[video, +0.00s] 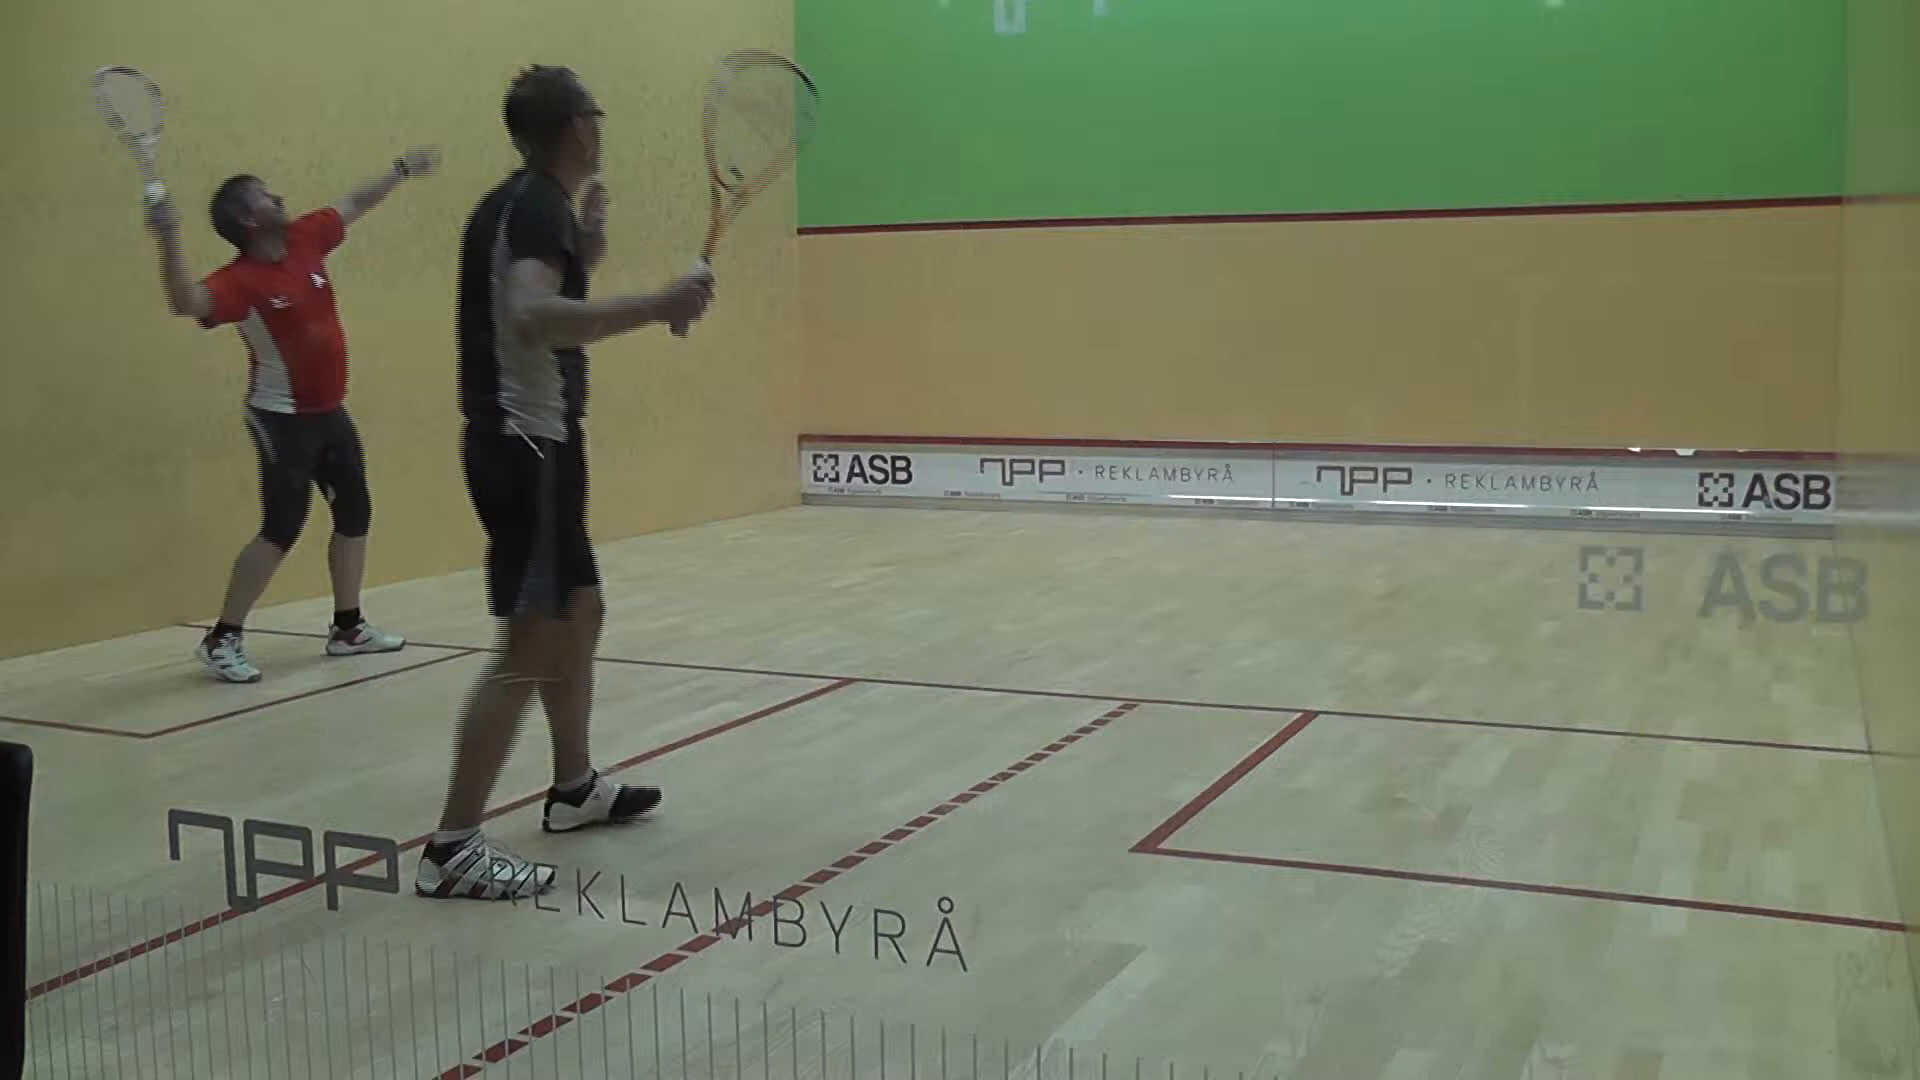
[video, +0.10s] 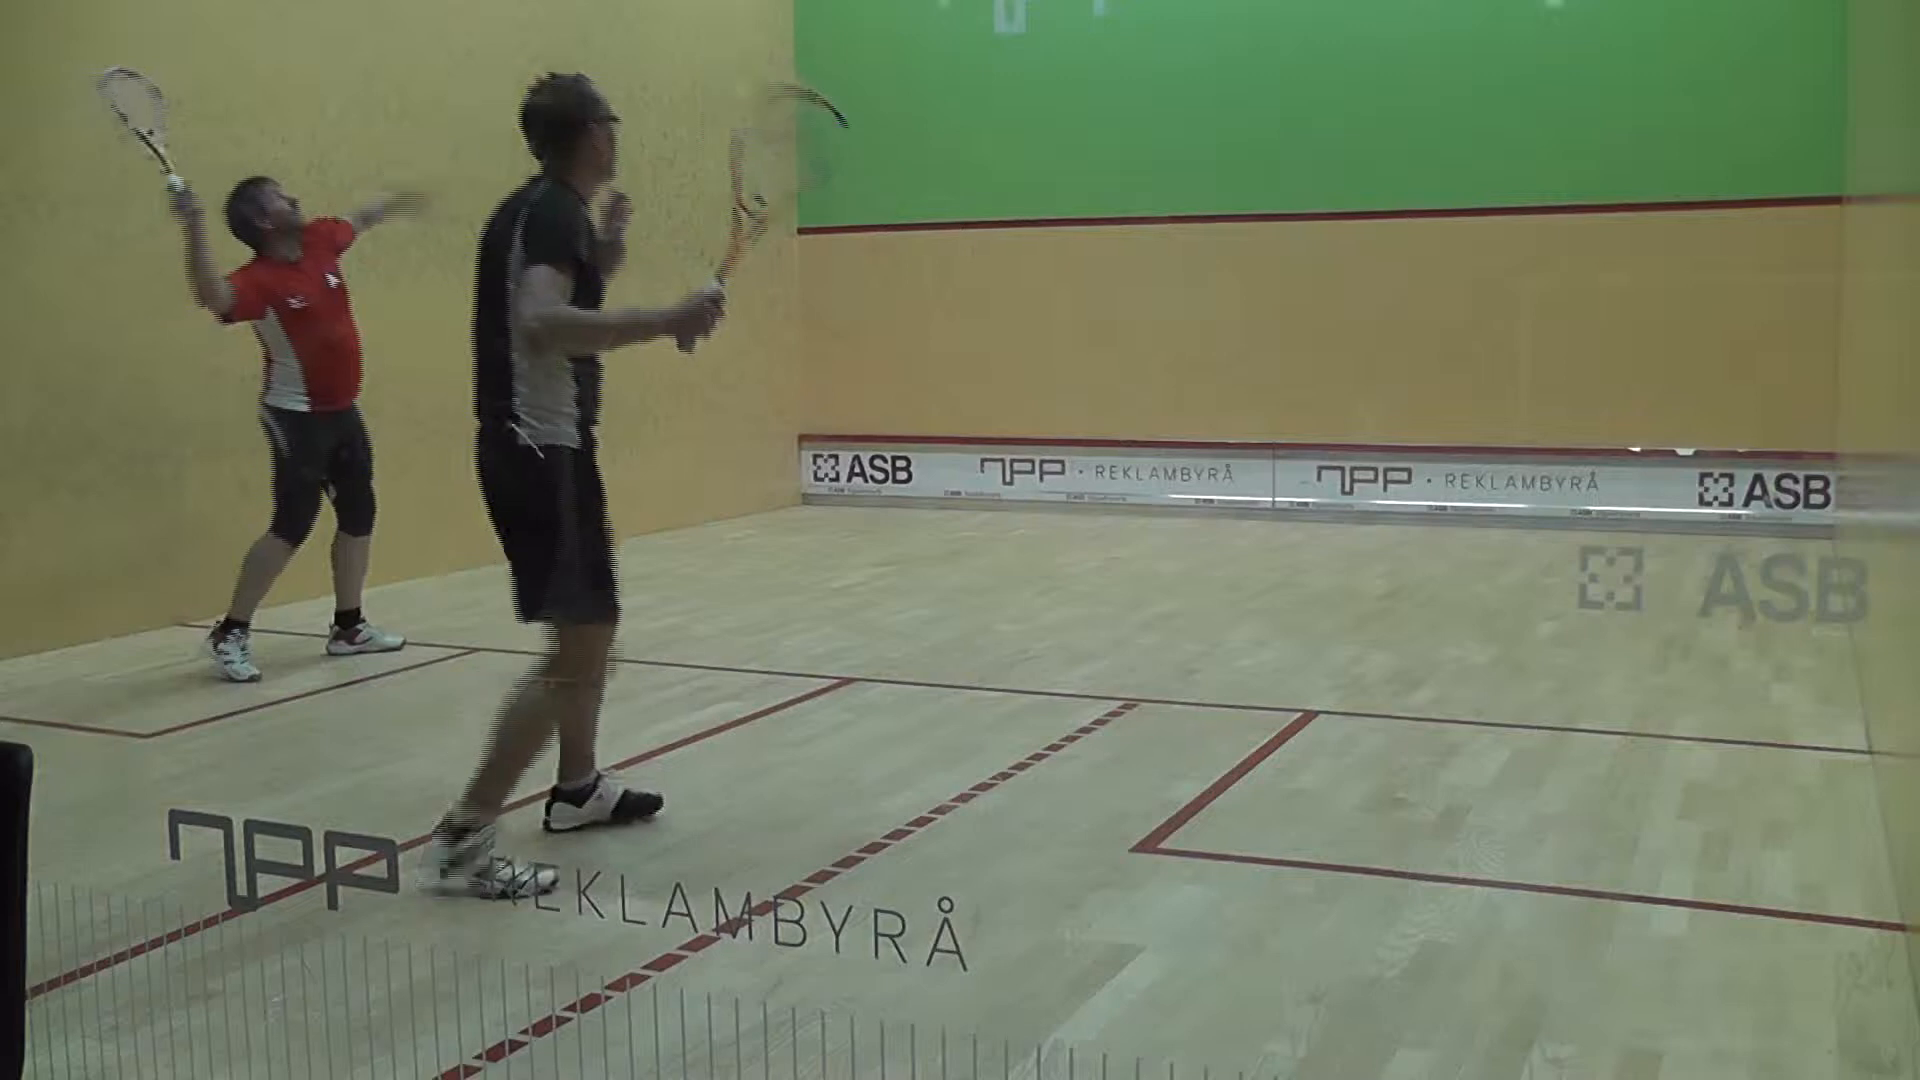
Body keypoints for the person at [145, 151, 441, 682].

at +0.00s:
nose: (276, 196)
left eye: (270, 191)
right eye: (264, 196)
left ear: (261, 215)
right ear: (247, 220)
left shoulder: (307, 237)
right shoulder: (241, 280)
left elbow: (355, 205)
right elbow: (185, 302)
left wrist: (399, 172)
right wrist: (168, 240)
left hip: (328, 412)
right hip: (279, 418)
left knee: (354, 511)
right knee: (282, 526)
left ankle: (348, 629)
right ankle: (223, 639)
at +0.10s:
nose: (293, 198)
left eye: (287, 192)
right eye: (280, 196)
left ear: (285, 213)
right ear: (261, 221)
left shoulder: (322, 239)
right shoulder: (261, 279)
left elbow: (358, 225)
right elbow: (214, 296)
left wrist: (394, 207)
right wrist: (195, 230)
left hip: (342, 411)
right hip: (294, 418)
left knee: (358, 514)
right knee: (291, 525)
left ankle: (348, 628)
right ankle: (230, 634)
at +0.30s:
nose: (341, 201)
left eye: (336, 193)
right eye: (331, 195)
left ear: (304, 212)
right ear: (311, 207)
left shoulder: (330, 258)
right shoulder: (306, 260)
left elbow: (340, 321)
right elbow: (355, 264)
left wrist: (388, 332)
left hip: (342, 400)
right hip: (315, 401)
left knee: (355, 512)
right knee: (314, 516)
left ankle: (348, 628)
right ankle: (242, 618)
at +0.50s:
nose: (372, 205)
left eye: (367, 196)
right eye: (364, 198)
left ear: (321, 218)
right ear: (353, 209)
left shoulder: (297, 269)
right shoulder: (384, 261)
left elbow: (294, 334)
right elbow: (422, 318)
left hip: (300, 393)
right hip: (346, 390)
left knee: (330, 510)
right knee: (353, 509)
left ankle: (346, 627)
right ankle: (282, 610)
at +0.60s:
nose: (397, 224)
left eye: (394, 215)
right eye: (392, 216)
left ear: (345, 225)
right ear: (378, 223)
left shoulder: (307, 266)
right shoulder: (400, 278)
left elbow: (283, 340)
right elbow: (390, 355)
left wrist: (336, 333)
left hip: (308, 391)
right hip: (357, 389)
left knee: (337, 505)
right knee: (372, 499)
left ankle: (347, 624)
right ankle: (330, 610)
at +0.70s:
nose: (407, 230)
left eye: (405, 221)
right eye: (403, 222)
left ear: (355, 226)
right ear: (391, 226)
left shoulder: (313, 265)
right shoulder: (407, 278)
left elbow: (280, 333)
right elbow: (404, 358)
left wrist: (332, 341)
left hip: (312, 391)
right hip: (364, 389)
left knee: (338, 511)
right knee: (378, 502)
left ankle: (342, 626)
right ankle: (366, 611)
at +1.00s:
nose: (431, 216)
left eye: (429, 207)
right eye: (422, 208)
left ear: (383, 216)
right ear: (395, 213)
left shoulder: (358, 263)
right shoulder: (414, 267)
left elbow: (370, 339)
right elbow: (470, 344)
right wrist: (519, 389)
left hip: (352, 404)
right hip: (387, 407)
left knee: (367, 516)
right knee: (427, 519)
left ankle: (348, 628)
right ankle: (412, 641)